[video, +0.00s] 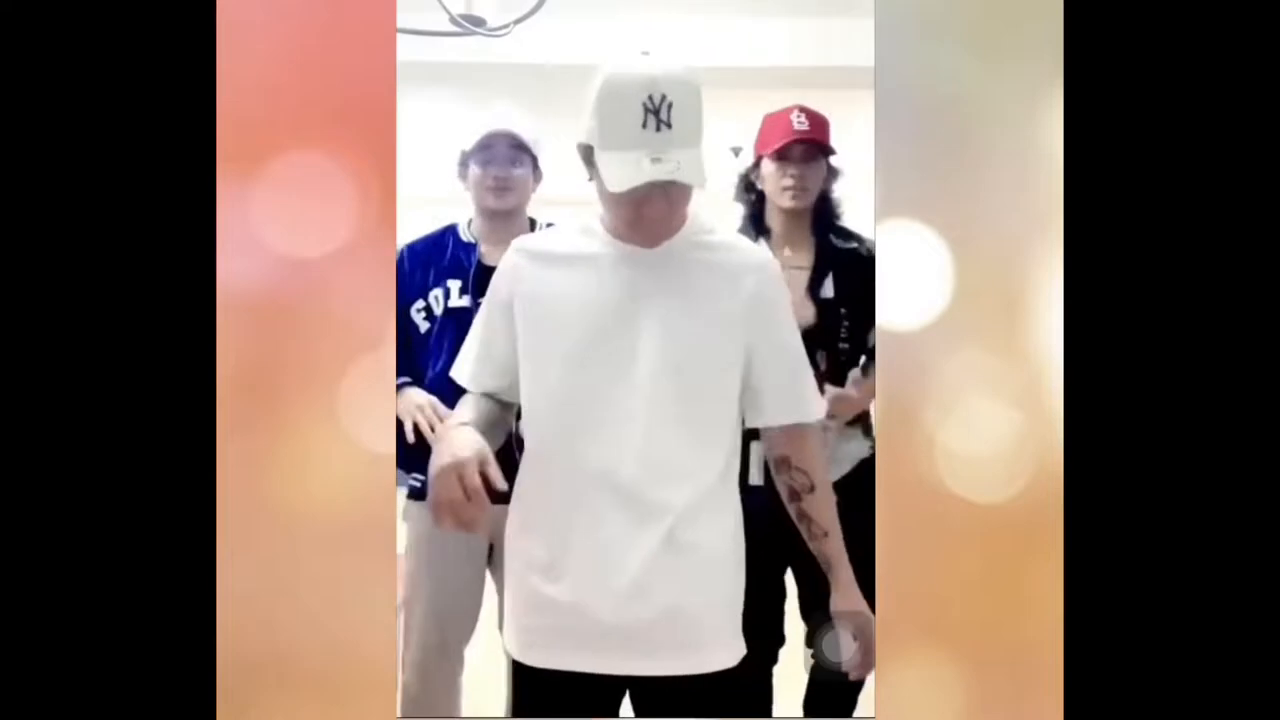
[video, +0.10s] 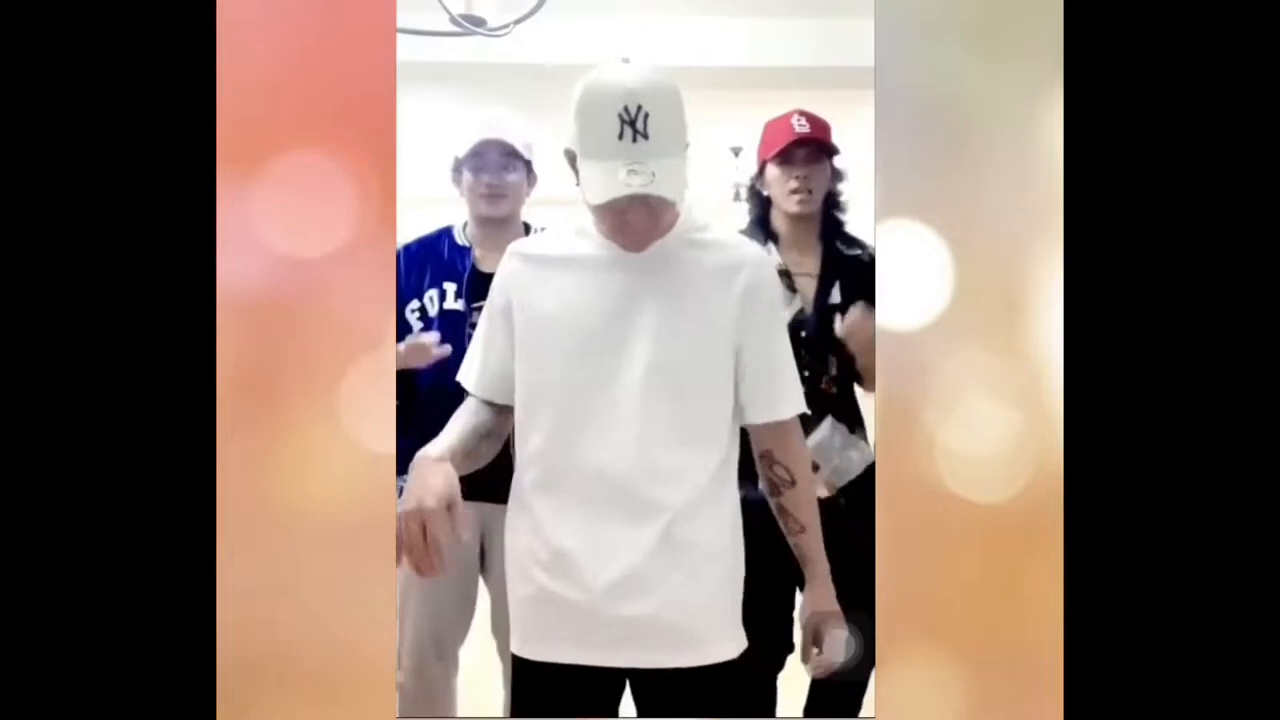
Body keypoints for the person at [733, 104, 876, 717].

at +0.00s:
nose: (795, 173)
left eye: (809, 160)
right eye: (781, 160)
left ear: (827, 172)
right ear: (757, 172)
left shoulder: (861, 261)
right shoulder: (728, 259)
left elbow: (892, 348)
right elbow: (704, 360)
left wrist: (858, 396)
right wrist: (774, 389)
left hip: (844, 467)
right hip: (750, 467)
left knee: (843, 637)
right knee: (747, 637)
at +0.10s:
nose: (801, 176)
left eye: (814, 163)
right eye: (786, 163)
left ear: (832, 175)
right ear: (762, 177)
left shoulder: (861, 264)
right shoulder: (732, 263)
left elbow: (881, 381)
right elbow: (708, 370)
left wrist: (864, 345)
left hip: (845, 470)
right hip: (752, 471)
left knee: (852, 642)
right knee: (753, 644)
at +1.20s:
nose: (796, 171)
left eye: (809, 159)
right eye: (781, 159)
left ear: (826, 173)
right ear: (755, 173)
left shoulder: (860, 264)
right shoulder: (722, 262)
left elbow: (886, 359)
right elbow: (708, 382)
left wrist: (875, 386)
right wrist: (775, 464)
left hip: (842, 473)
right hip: (748, 475)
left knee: (857, 637)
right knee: (748, 631)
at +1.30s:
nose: (797, 162)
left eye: (810, 150)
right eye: (782, 150)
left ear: (827, 163)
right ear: (758, 163)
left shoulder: (858, 249)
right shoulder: (729, 250)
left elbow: (898, 336)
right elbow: (709, 350)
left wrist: (876, 368)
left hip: (842, 451)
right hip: (753, 450)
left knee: (856, 626)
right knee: (748, 612)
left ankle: (836, 718)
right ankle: (764, 719)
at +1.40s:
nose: (801, 160)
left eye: (814, 148)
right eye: (787, 147)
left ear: (832, 160)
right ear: (762, 160)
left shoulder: (864, 248)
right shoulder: (733, 249)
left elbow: (902, 359)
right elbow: (711, 361)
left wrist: (841, 417)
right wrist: (763, 432)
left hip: (845, 461)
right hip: (749, 458)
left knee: (850, 636)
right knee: (748, 624)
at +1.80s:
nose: (800, 180)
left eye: (814, 167)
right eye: (787, 167)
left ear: (835, 173)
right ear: (764, 172)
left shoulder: (866, 254)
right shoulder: (735, 252)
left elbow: (897, 369)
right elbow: (714, 360)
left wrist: (862, 442)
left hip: (847, 476)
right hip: (756, 476)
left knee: (851, 648)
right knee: (753, 644)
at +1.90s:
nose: (798, 196)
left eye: (812, 183)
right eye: (785, 182)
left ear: (831, 184)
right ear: (762, 182)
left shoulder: (860, 265)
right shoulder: (734, 259)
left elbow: (884, 376)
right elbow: (711, 364)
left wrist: (844, 456)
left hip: (841, 486)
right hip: (751, 483)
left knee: (855, 653)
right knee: (746, 650)